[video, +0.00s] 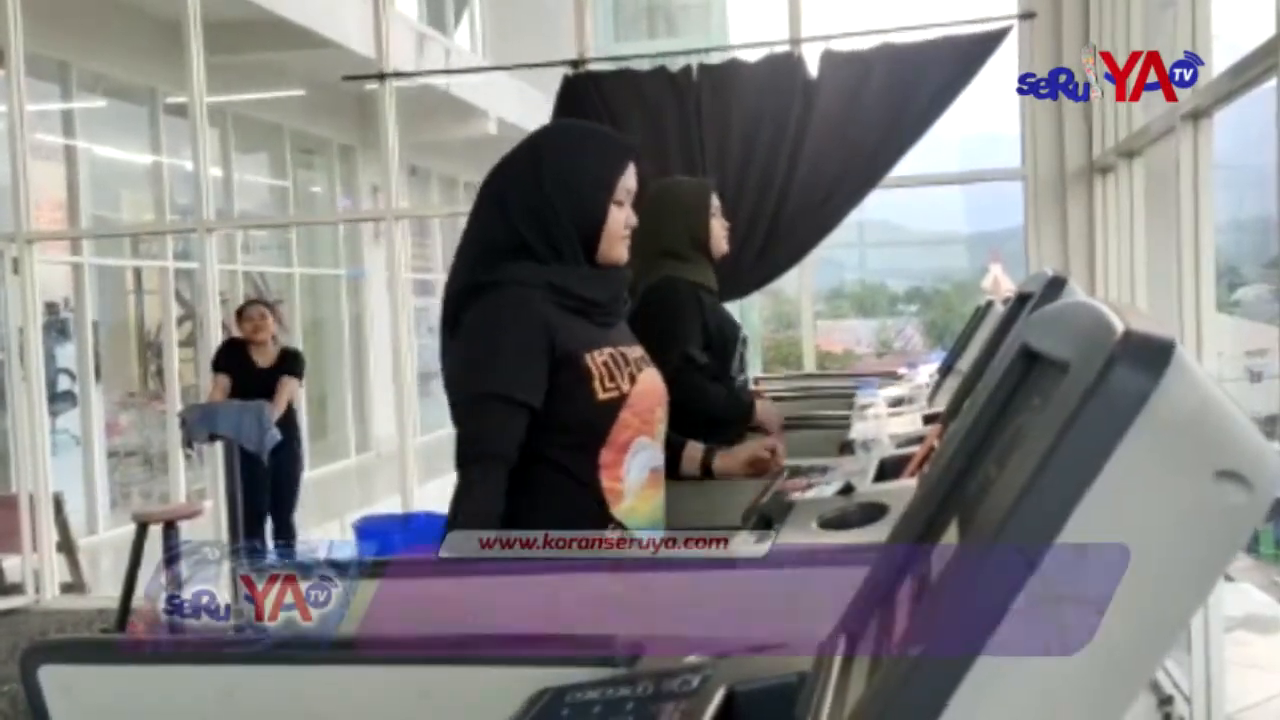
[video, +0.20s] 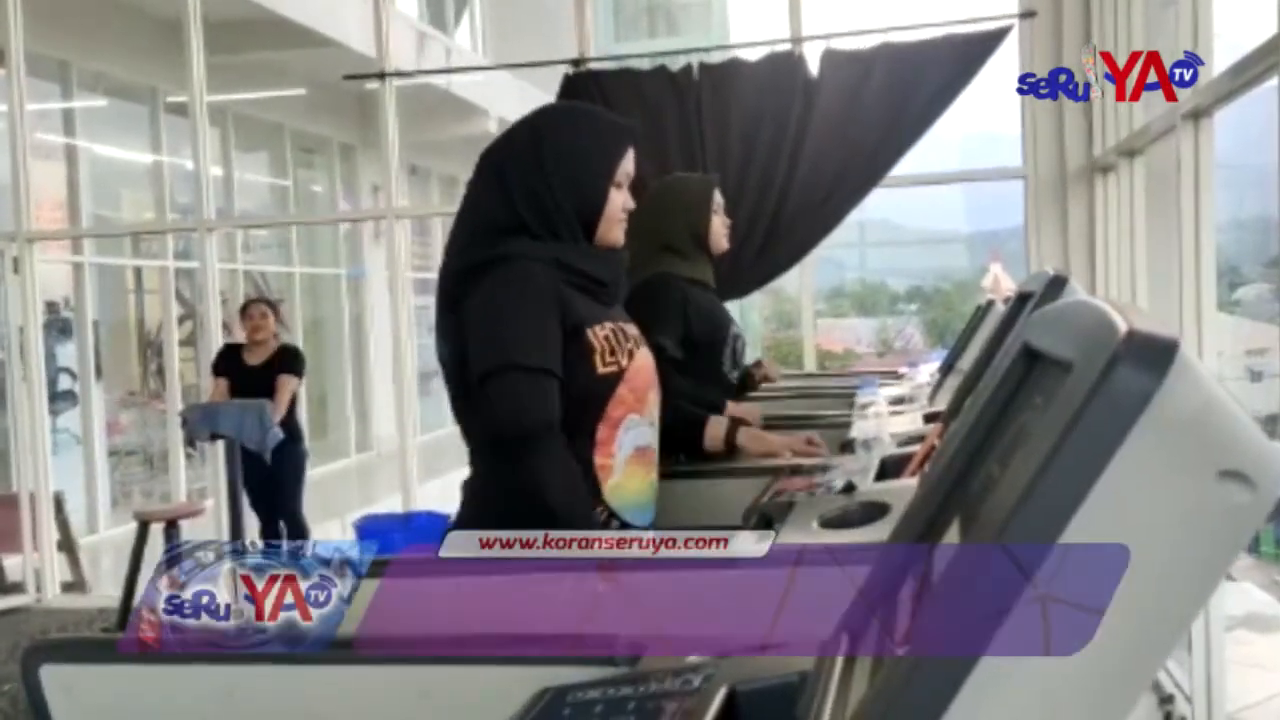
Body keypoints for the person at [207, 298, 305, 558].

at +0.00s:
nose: (257, 324)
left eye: (262, 317)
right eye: (249, 319)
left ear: (274, 322)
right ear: (240, 327)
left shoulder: (290, 357)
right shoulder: (231, 350)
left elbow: (282, 398)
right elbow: (219, 391)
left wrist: (261, 426)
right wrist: (208, 421)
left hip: (283, 436)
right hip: (244, 436)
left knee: (282, 511)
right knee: (252, 512)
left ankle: (287, 576)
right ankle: (255, 576)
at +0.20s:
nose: (256, 322)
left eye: (263, 316)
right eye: (249, 317)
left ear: (275, 321)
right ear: (242, 324)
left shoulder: (288, 355)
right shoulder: (229, 355)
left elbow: (283, 397)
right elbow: (220, 394)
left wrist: (265, 427)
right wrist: (208, 420)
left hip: (284, 437)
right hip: (247, 440)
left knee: (288, 509)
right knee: (266, 514)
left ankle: (301, 565)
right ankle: (274, 570)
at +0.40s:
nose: (253, 322)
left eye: (261, 316)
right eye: (249, 316)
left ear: (276, 322)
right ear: (243, 322)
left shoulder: (282, 352)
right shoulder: (237, 356)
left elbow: (280, 392)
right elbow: (223, 393)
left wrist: (271, 426)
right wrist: (207, 417)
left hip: (281, 429)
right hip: (253, 432)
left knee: (282, 493)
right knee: (268, 497)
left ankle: (293, 548)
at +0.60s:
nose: (247, 320)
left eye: (255, 315)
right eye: (245, 315)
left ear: (273, 322)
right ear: (240, 319)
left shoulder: (278, 351)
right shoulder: (237, 357)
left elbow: (279, 395)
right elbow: (224, 394)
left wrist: (268, 431)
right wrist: (207, 417)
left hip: (282, 434)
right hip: (256, 436)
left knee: (280, 510)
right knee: (290, 511)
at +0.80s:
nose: (248, 320)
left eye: (255, 314)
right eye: (244, 315)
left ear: (272, 321)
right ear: (239, 321)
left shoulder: (282, 351)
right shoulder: (233, 358)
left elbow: (280, 394)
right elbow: (221, 397)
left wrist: (269, 427)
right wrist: (205, 418)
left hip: (283, 434)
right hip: (251, 437)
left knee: (287, 508)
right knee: (274, 510)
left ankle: (299, 565)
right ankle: (288, 564)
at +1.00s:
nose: (251, 320)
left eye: (259, 314)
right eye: (246, 315)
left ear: (273, 320)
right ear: (239, 321)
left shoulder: (287, 352)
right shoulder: (229, 356)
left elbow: (281, 393)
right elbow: (218, 399)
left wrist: (266, 426)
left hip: (286, 436)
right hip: (247, 438)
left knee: (288, 509)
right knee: (257, 511)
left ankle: (295, 566)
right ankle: (260, 568)